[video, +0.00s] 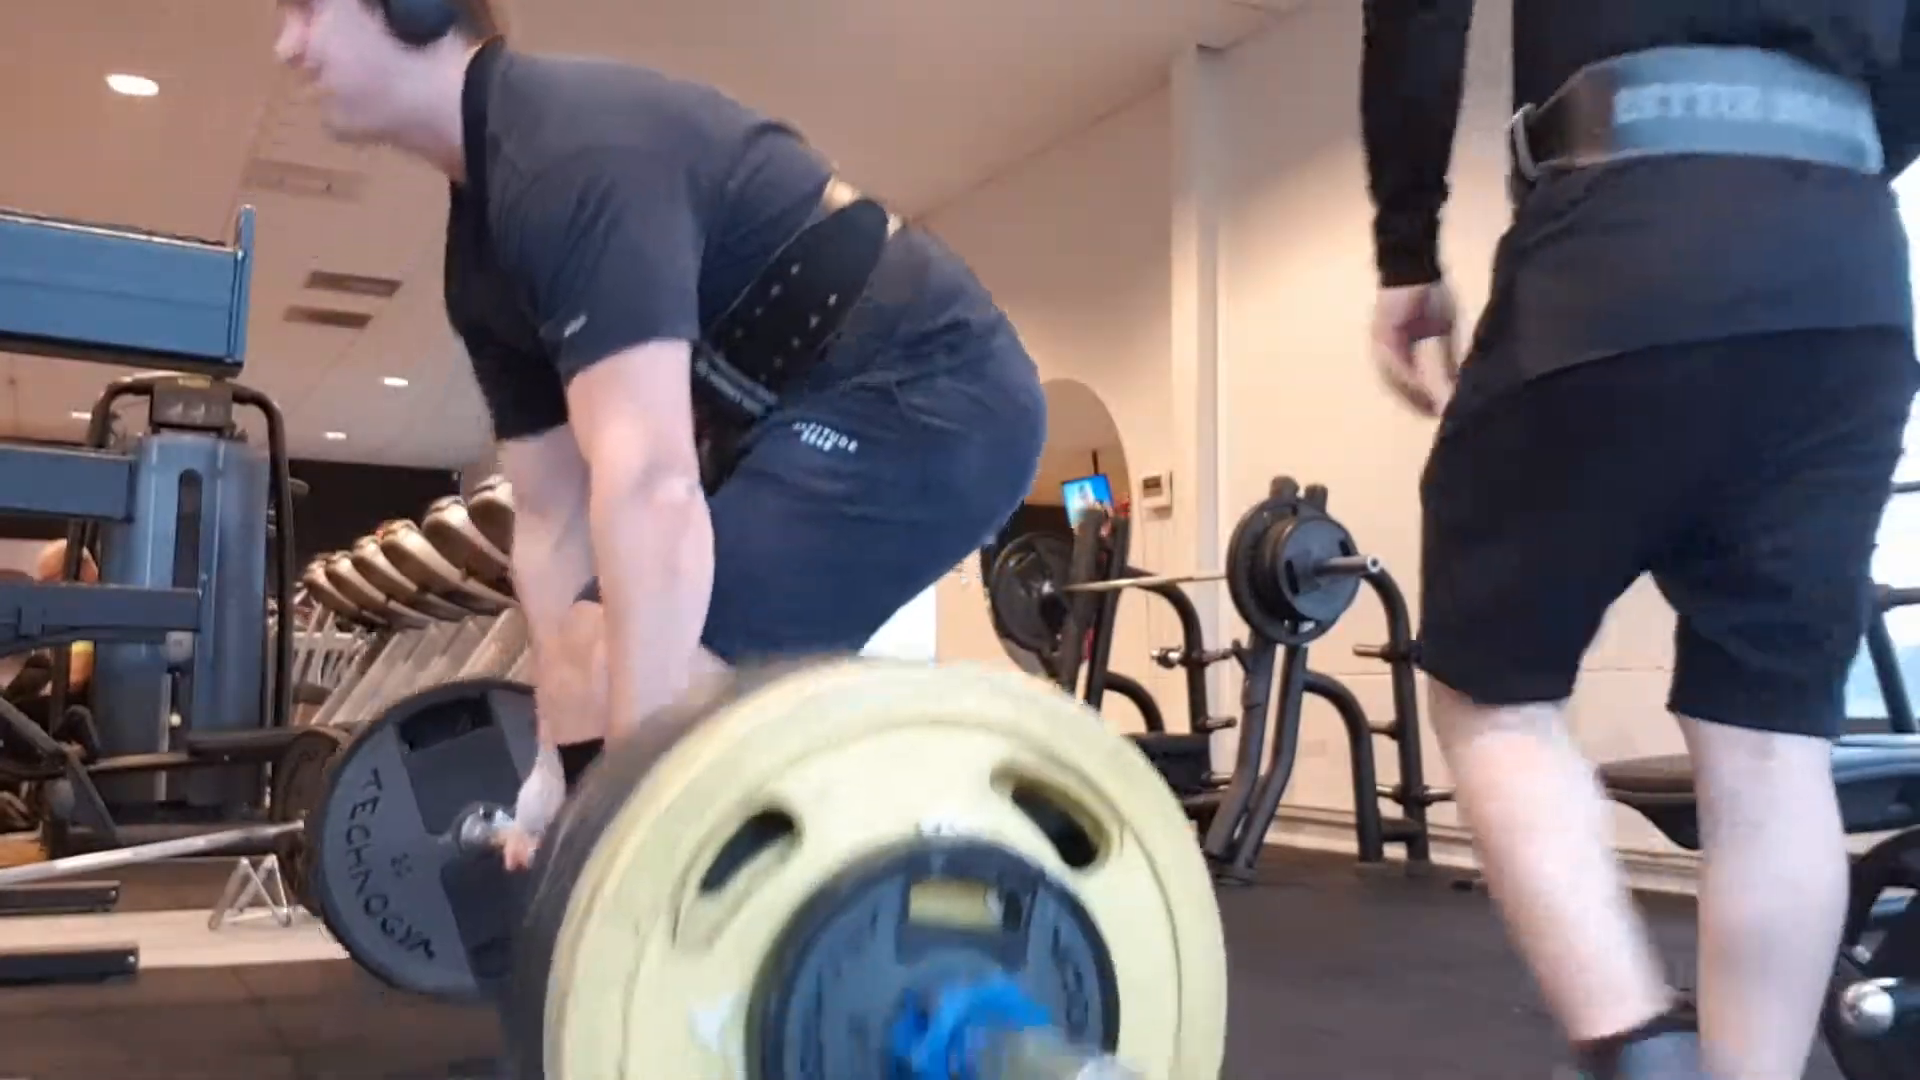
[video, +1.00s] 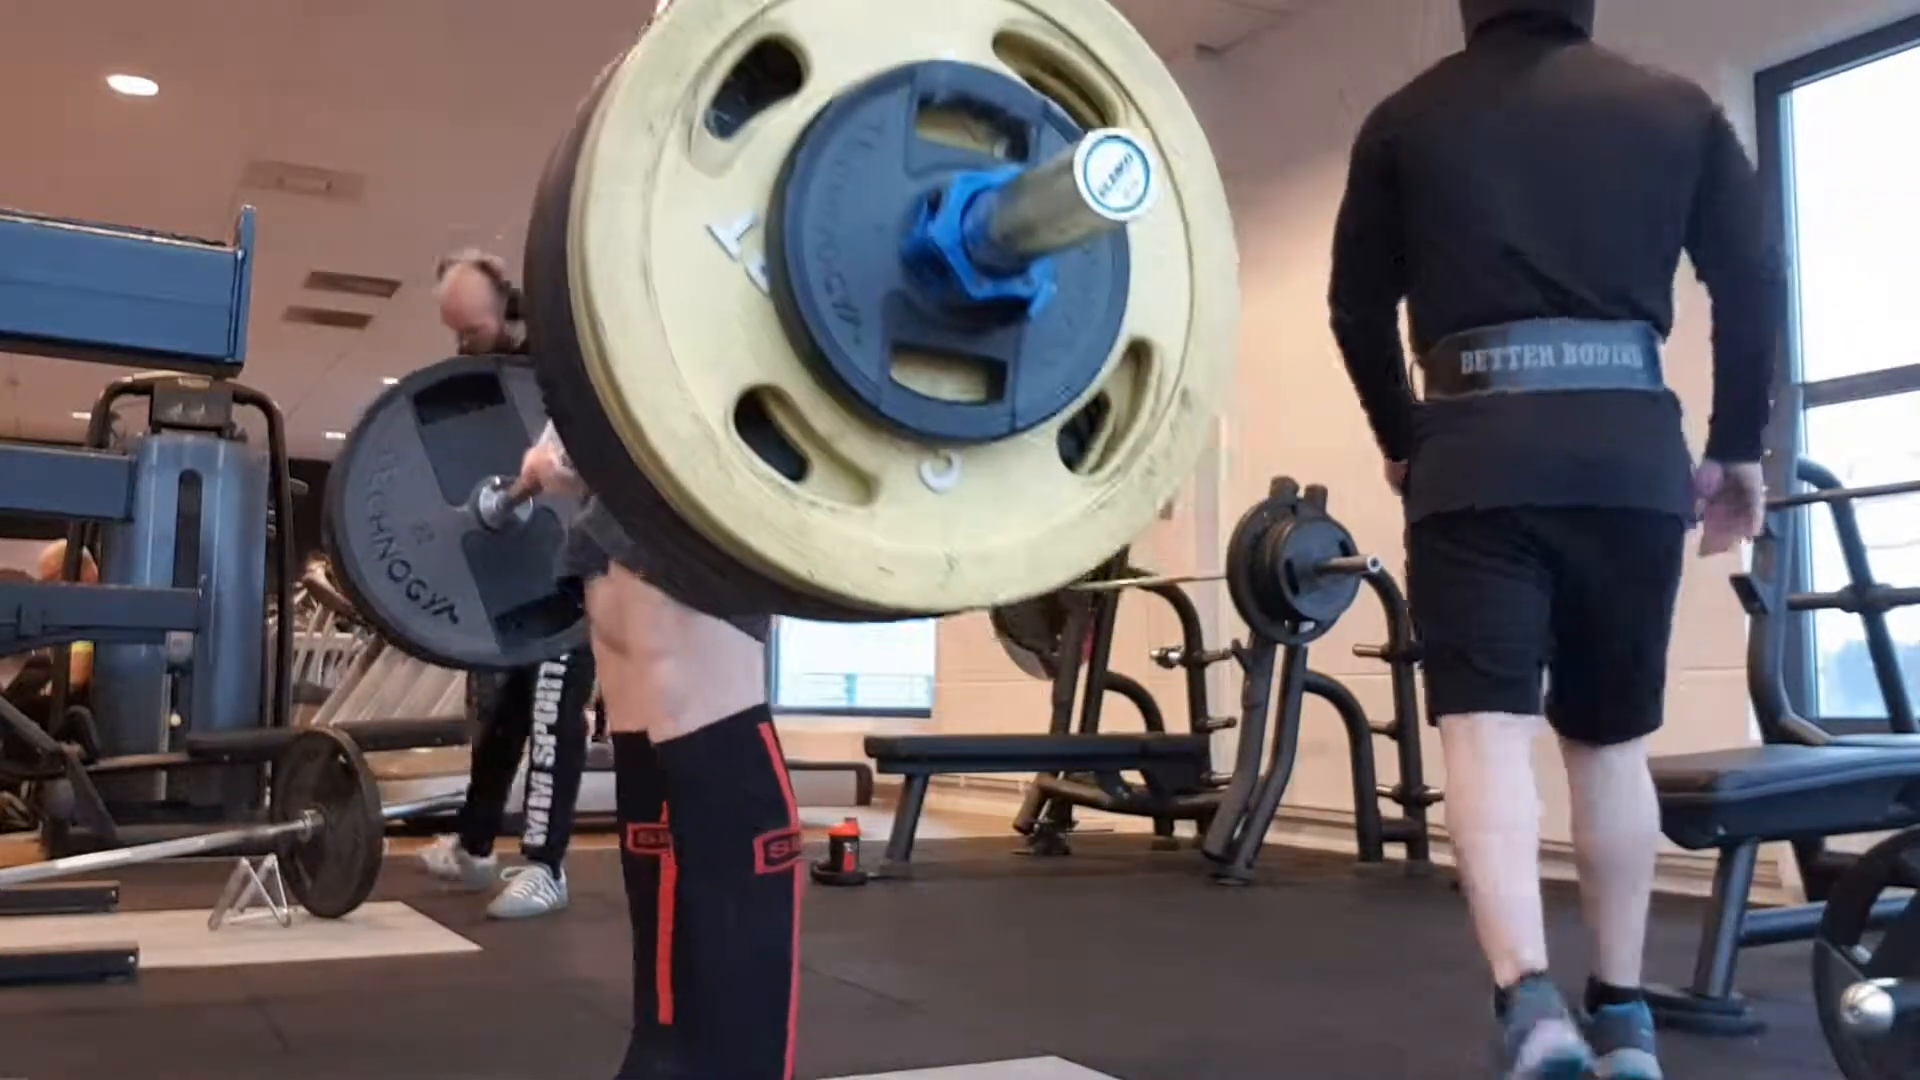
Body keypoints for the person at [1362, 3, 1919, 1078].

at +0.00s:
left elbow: (1415, 13)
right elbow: (1905, 72)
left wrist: (1408, 258)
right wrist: (1797, 190)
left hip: (1618, 280)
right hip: (1850, 279)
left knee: (1495, 692)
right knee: (1769, 733)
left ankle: (1635, 1047)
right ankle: (1761, 1065)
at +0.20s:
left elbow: (1384, 33)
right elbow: (1872, 120)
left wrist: (1371, 293)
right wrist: (1746, 218)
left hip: (1552, 304)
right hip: (1775, 295)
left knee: (1516, 726)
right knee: (1743, 734)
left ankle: (1513, 1064)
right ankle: (1743, 1072)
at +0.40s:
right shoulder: (1790, 1)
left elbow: (1348, 120)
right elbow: (1821, 157)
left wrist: (1343, 366)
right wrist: (1711, 286)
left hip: (1515, 346)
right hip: (1719, 336)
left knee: (1524, 746)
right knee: (1702, 727)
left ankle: (1549, 1061)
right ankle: (1730, 1063)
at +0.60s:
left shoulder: (1383, 16)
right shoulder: (1715, 7)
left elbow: (1326, 220)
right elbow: (1795, 156)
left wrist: (1347, 419)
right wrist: (1717, 334)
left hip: (1489, 387)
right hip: (1678, 373)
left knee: (1514, 740)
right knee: (1693, 713)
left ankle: (1547, 1061)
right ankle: (1692, 954)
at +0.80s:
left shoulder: (1385, 55)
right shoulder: (1678, 28)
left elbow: (1334, 255)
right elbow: (1760, 206)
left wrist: (1380, 403)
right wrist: (1753, 384)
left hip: (1475, 417)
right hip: (1648, 413)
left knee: (1503, 734)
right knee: (1647, 726)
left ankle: (1543, 1051)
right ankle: (1662, 1026)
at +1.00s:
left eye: (1459, 23)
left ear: (1470, 18)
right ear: (1586, 15)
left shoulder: (1405, 117)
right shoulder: (1675, 104)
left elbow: (1358, 307)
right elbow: (1751, 272)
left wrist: (1405, 438)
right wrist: (1739, 447)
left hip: (1475, 456)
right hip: (1632, 454)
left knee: (1487, 731)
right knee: (1612, 737)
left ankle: (1528, 1006)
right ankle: (1621, 1012)